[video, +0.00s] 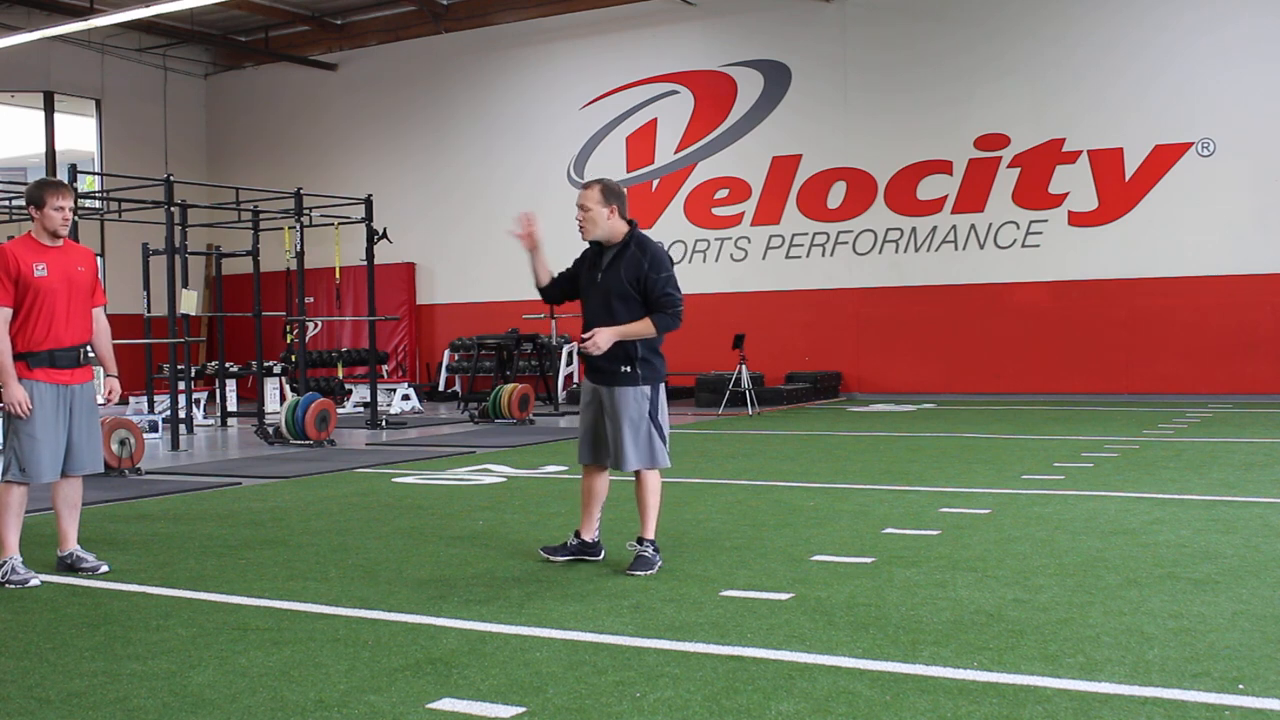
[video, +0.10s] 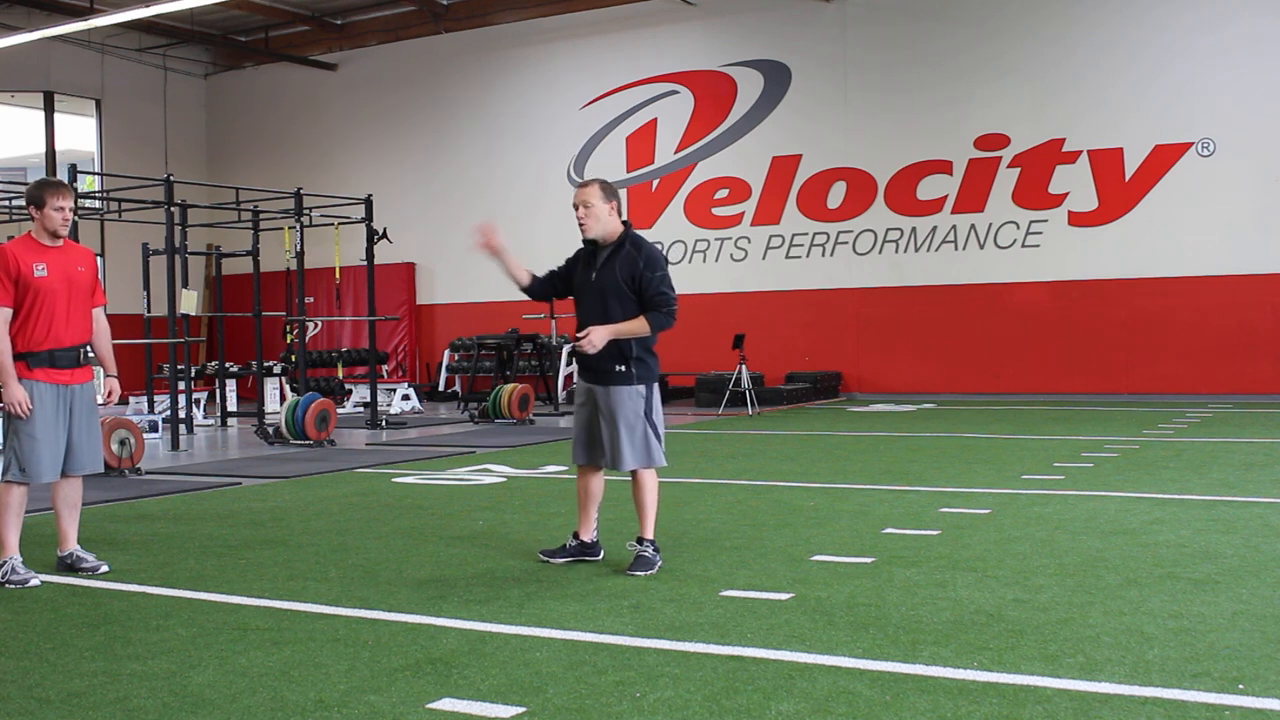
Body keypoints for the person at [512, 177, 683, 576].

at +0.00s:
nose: (578, 217)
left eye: (585, 210)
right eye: (578, 210)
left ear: (612, 213)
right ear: (600, 214)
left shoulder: (649, 254)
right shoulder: (591, 257)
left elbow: (670, 317)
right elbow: (552, 293)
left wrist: (614, 333)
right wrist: (534, 249)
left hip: (638, 380)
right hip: (596, 376)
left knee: (644, 461)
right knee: (594, 459)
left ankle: (647, 545)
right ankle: (587, 540)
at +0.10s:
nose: (579, 215)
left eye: (586, 207)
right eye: (576, 209)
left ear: (613, 208)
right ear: (578, 214)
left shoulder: (643, 255)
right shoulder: (584, 259)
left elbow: (664, 316)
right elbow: (539, 289)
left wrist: (609, 331)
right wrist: (501, 253)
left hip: (631, 380)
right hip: (590, 378)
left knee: (641, 462)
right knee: (589, 460)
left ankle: (647, 545)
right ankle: (586, 540)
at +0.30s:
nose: (570, 212)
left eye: (578, 204)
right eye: (566, 207)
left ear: (602, 207)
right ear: (565, 214)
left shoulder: (630, 256)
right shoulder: (565, 259)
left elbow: (649, 315)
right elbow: (517, 284)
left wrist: (595, 328)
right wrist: (463, 270)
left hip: (612, 379)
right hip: (570, 377)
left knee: (628, 460)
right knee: (578, 459)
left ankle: (645, 544)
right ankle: (585, 541)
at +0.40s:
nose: (562, 212)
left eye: (569, 205)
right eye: (557, 208)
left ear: (593, 208)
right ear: (556, 215)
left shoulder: (621, 257)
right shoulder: (556, 260)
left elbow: (640, 316)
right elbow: (508, 285)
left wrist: (587, 327)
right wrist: (455, 271)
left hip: (601, 377)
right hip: (561, 376)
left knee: (617, 457)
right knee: (574, 459)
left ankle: (641, 540)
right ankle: (585, 540)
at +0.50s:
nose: (555, 213)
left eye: (562, 206)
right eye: (550, 209)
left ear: (585, 208)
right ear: (548, 215)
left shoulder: (612, 257)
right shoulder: (548, 260)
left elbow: (630, 317)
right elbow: (503, 285)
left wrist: (577, 328)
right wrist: (449, 271)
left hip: (591, 375)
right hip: (554, 376)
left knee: (601, 453)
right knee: (569, 458)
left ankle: (632, 536)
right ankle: (584, 541)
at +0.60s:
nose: (547, 213)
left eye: (555, 205)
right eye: (543, 208)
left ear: (578, 209)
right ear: (541, 215)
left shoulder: (604, 257)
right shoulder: (543, 260)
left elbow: (620, 317)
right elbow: (497, 286)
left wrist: (566, 328)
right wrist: (444, 271)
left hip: (583, 371)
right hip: (549, 372)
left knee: (584, 450)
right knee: (563, 456)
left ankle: (614, 536)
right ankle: (583, 540)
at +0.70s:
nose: (540, 213)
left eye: (547, 205)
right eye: (535, 209)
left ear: (571, 209)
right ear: (534, 216)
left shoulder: (595, 256)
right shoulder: (539, 260)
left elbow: (610, 316)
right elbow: (492, 288)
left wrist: (555, 327)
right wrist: (441, 273)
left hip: (576, 369)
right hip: (548, 371)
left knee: (567, 452)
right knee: (564, 453)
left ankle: (584, 540)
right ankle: (583, 538)